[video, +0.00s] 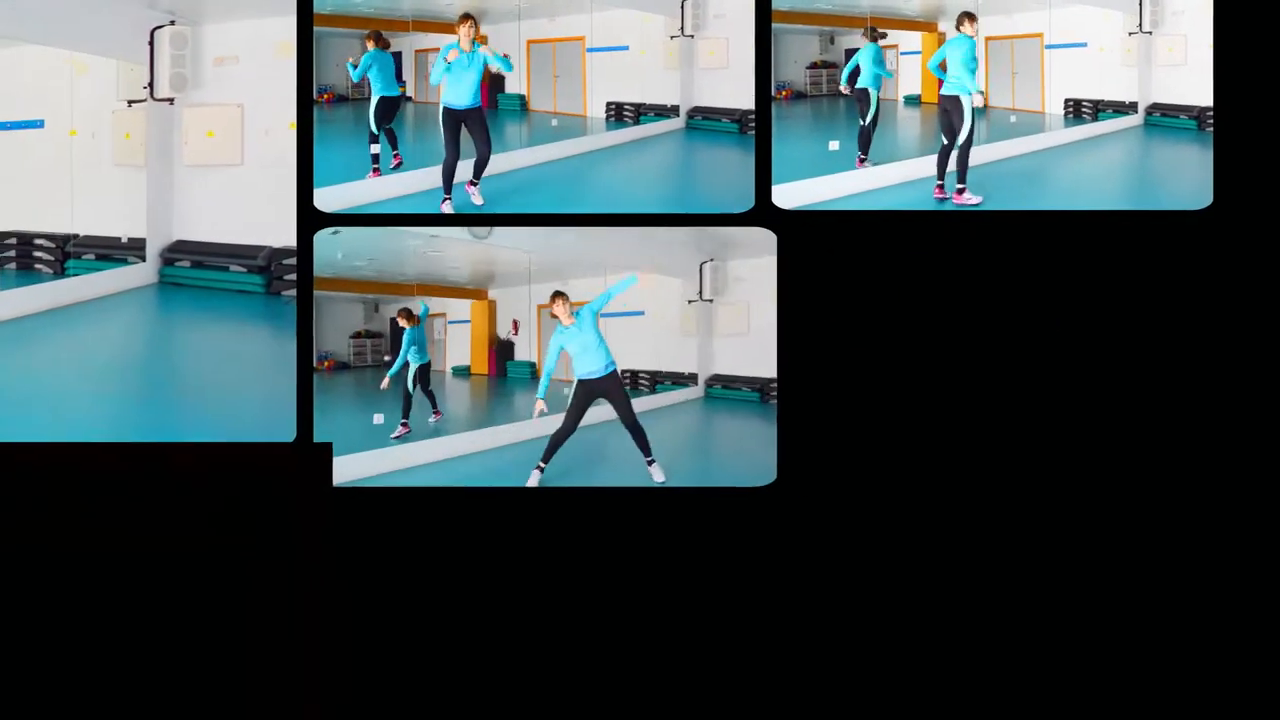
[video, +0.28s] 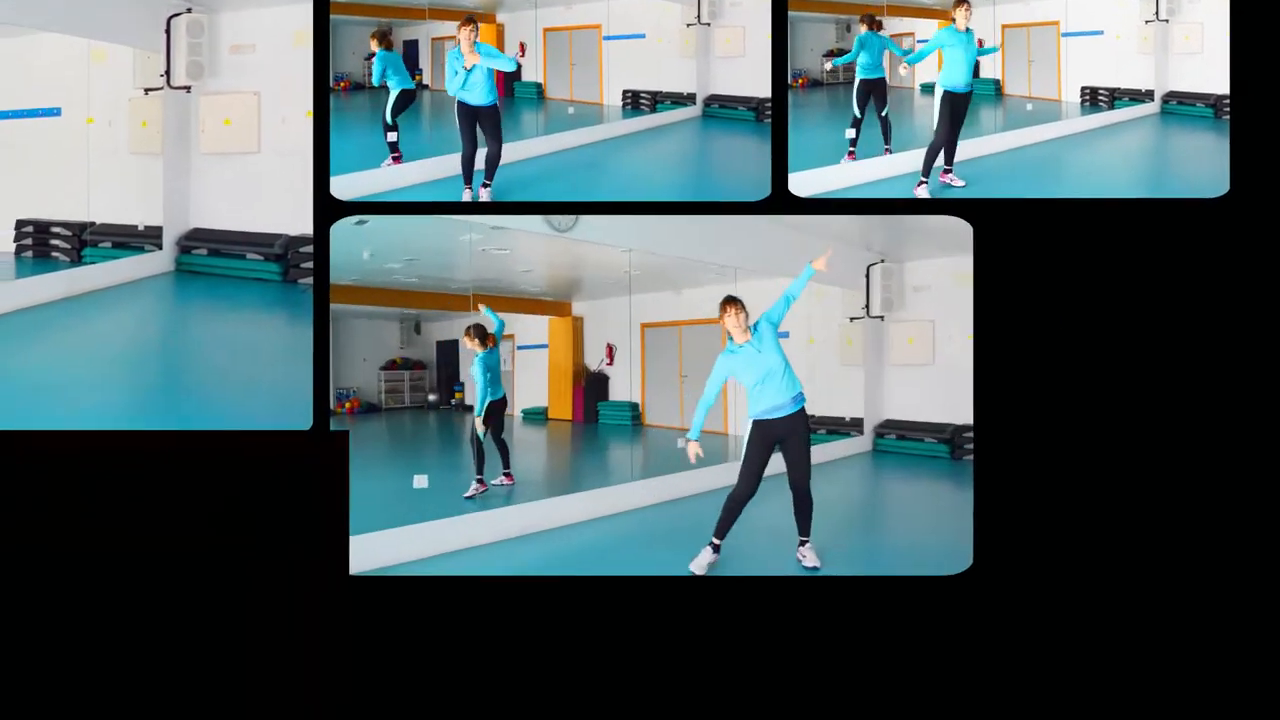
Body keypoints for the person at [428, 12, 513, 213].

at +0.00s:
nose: (468, 30)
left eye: (471, 26)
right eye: (464, 26)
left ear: (476, 30)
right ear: (458, 29)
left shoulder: (482, 51)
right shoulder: (447, 50)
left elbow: (508, 68)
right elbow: (434, 80)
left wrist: (491, 53)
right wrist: (447, 61)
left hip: (474, 109)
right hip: (450, 109)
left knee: (485, 151)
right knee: (452, 155)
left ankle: (473, 185)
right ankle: (447, 199)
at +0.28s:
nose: (468, 34)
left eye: (472, 31)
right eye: (465, 30)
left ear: (477, 34)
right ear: (459, 33)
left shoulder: (485, 50)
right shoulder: (453, 55)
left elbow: (511, 65)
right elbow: (451, 90)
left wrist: (481, 59)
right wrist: (465, 68)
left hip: (488, 105)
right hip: (465, 105)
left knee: (495, 147)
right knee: (469, 148)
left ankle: (486, 187)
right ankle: (467, 188)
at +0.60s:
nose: (472, 29)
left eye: (477, 26)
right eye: (470, 24)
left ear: (483, 30)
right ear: (465, 26)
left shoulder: (493, 45)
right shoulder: (465, 47)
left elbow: (522, 54)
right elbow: (473, 70)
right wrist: (451, 67)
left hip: (508, 97)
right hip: (486, 99)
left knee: (532, 135)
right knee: (483, 141)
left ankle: (563, 169)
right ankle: (480, 180)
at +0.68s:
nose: (474, 32)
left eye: (478, 29)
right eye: (471, 28)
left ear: (486, 32)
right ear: (467, 30)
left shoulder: (496, 47)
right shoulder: (473, 48)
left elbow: (526, 56)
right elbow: (481, 72)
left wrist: (558, 63)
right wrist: (463, 67)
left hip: (513, 99)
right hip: (492, 101)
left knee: (536, 133)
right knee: (483, 141)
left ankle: (566, 169)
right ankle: (482, 179)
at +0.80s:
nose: (476, 27)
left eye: (481, 23)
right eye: (474, 23)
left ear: (489, 27)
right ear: (470, 26)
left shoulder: (501, 42)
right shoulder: (473, 47)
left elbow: (531, 53)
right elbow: (480, 74)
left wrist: (562, 63)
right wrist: (456, 68)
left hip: (515, 95)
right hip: (492, 98)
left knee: (538, 133)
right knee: (488, 138)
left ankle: (568, 167)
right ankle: (485, 177)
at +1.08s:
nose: (488, 16)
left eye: (492, 12)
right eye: (484, 12)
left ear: (496, 14)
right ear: (478, 15)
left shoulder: (506, 29)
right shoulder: (474, 40)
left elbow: (538, 37)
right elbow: (466, 72)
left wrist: (506, 43)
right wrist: (485, 59)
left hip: (515, 86)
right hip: (492, 88)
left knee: (520, 129)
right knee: (497, 131)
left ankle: (517, 167)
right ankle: (492, 173)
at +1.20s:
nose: (508, 6)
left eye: (511, 2)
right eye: (503, 3)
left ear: (516, 4)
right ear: (498, 6)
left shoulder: (526, 19)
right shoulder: (494, 30)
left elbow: (554, 26)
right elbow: (491, 63)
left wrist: (521, 31)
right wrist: (506, 48)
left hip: (533, 78)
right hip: (510, 79)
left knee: (536, 123)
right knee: (515, 122)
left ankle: (530, 157)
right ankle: (511, 160)